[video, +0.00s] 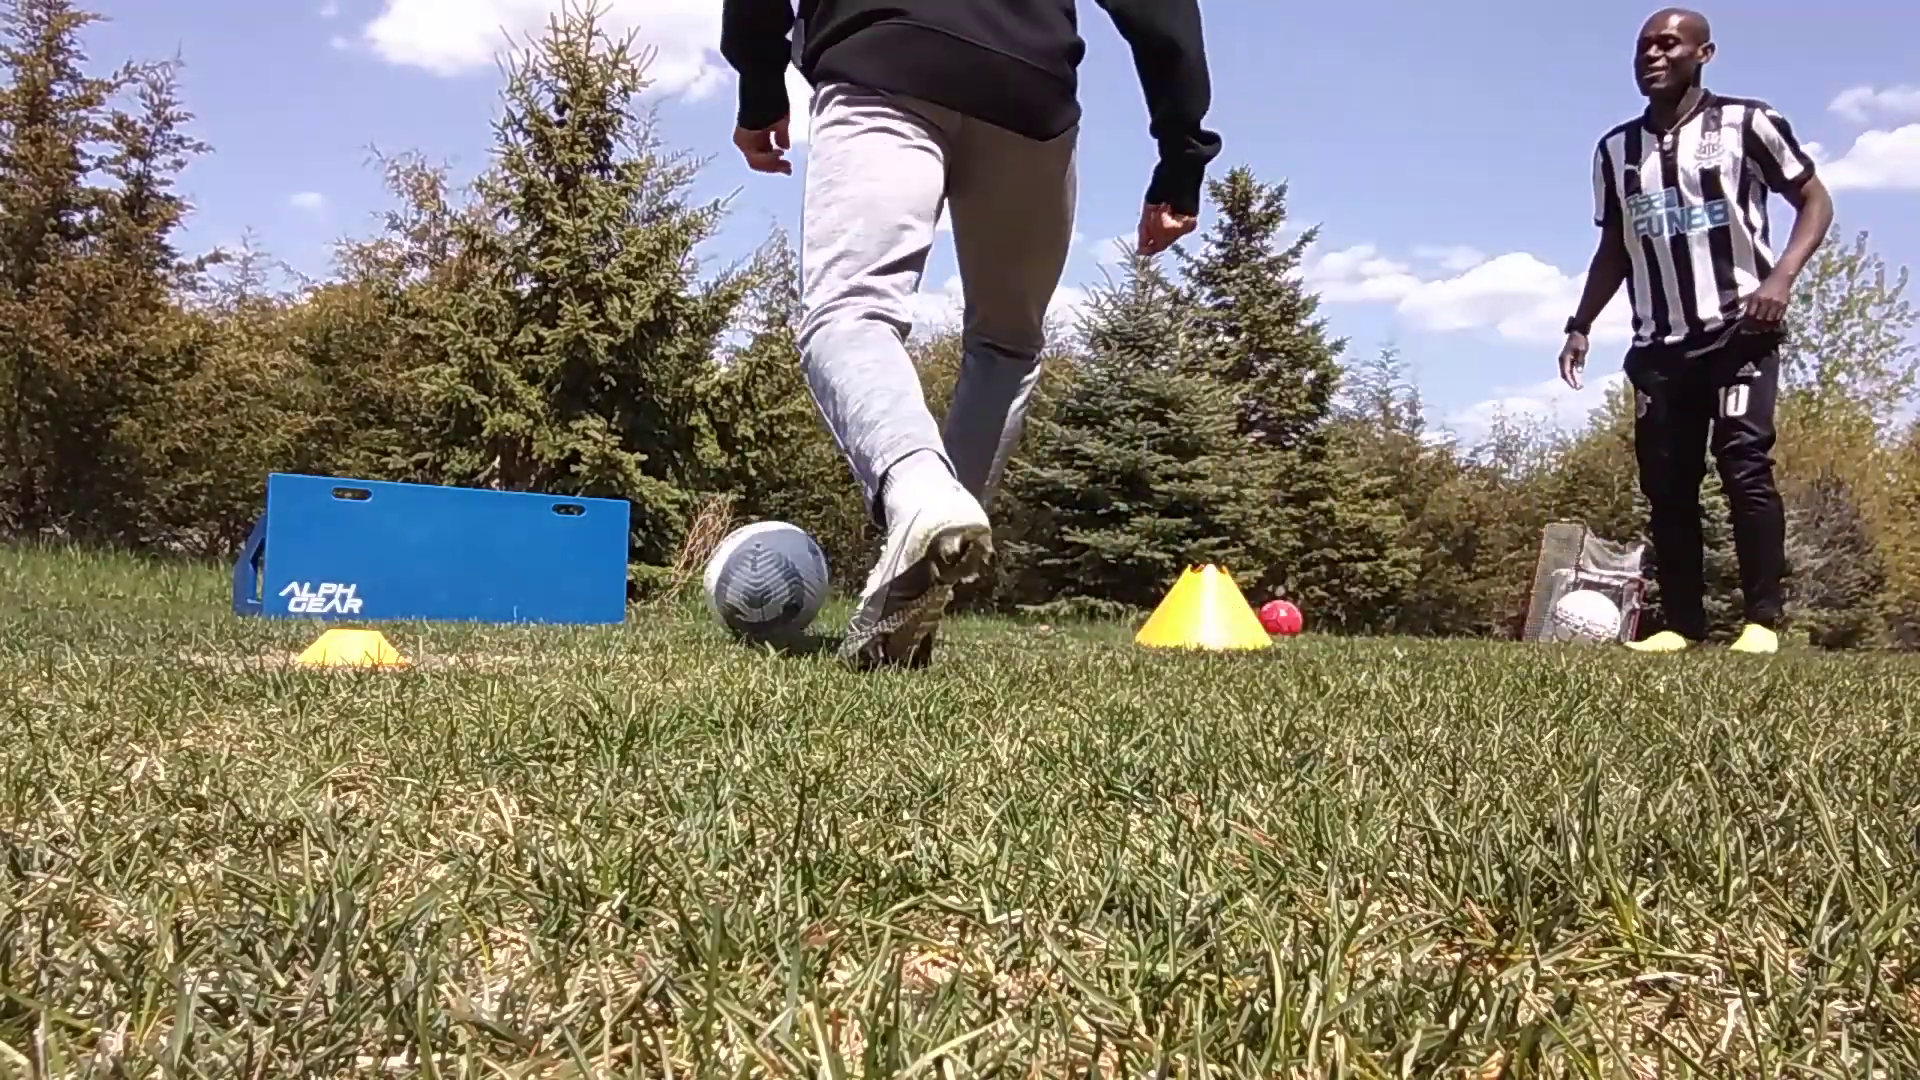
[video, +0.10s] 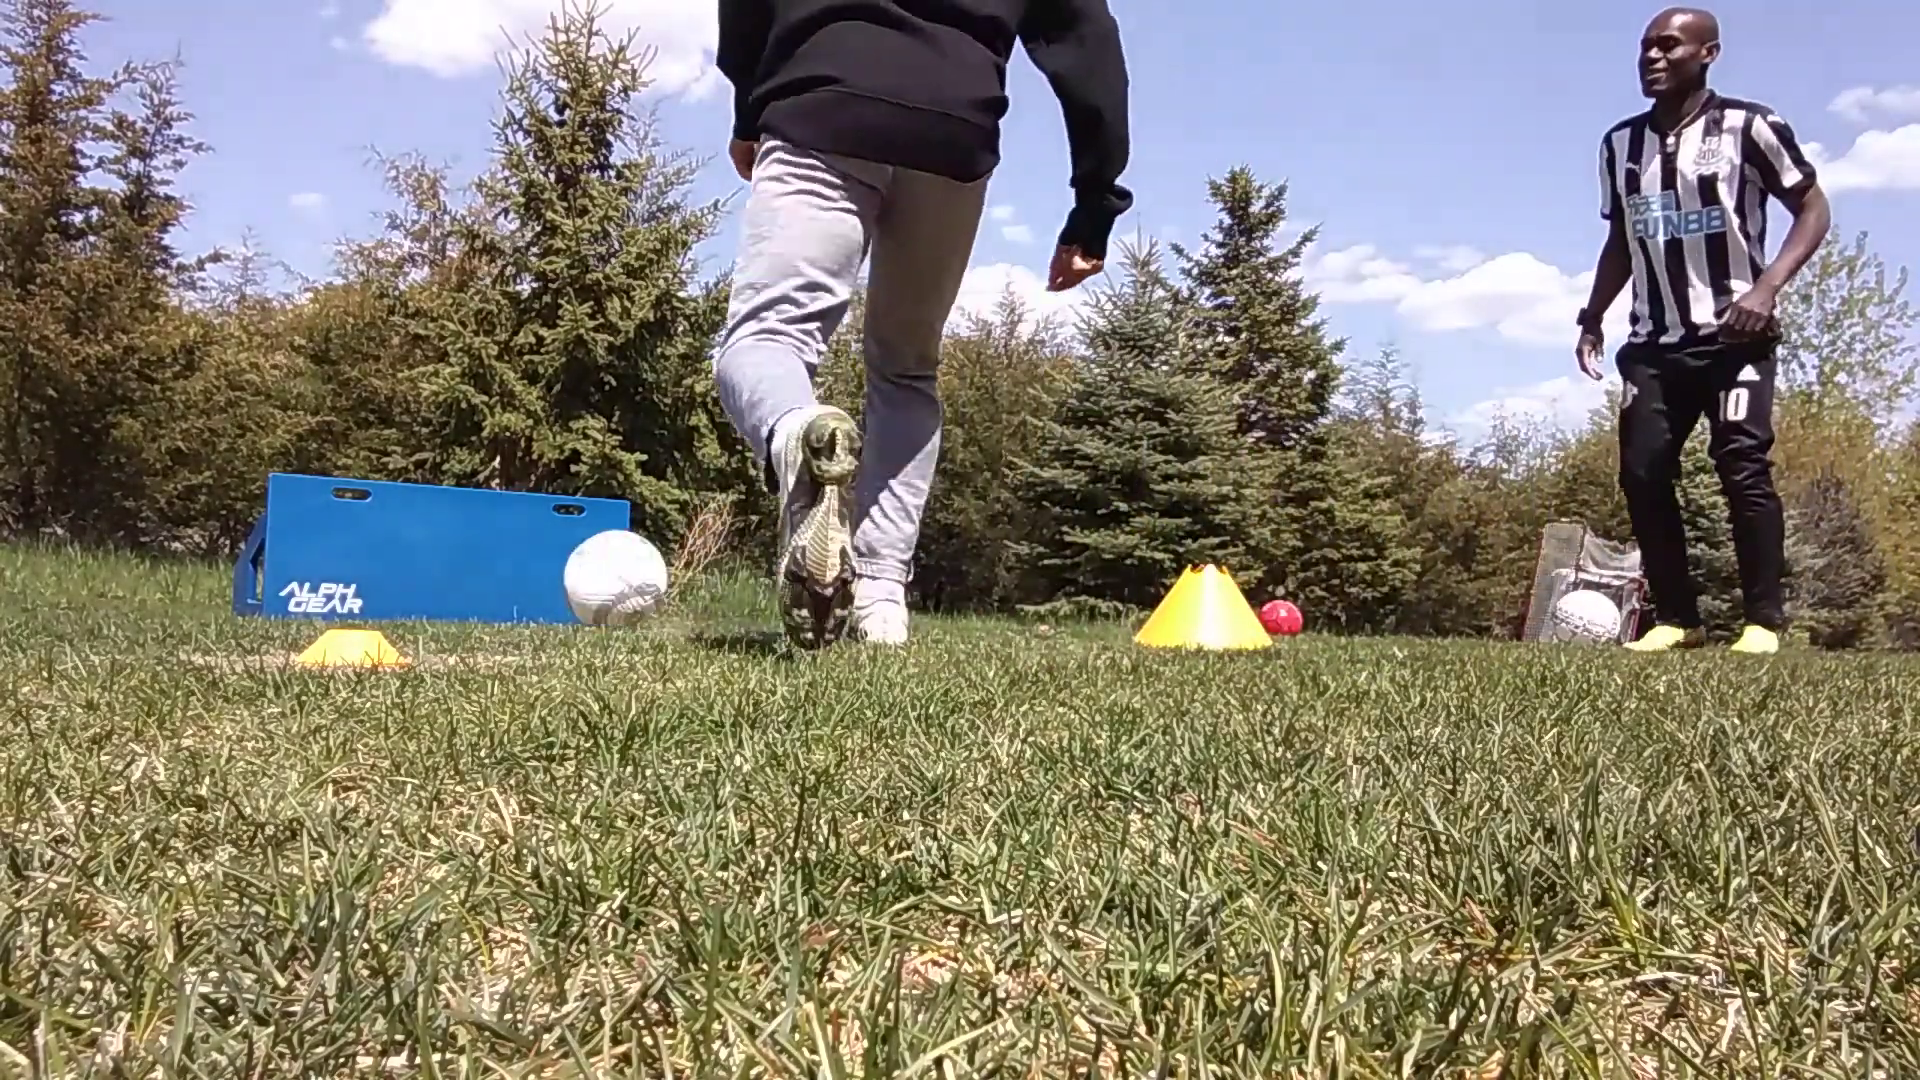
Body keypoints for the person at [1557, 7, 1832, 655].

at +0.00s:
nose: (1653, 54)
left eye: (1669, 44)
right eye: (1646, 46)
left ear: (1704, 53)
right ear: (1636, 61)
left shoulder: (1748, 122)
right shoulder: (1614, 149)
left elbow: (1817, 203)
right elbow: (1614, 247)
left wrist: (1782, 278)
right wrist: (1581, 324)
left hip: (1740, 330)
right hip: (1660, 344)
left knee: (1744, 469)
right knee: (1666, 487)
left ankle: (1762, 621)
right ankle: (1682, 625)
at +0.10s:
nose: (1651, 56)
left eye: (1667, 45)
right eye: (1646, 46)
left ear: (1708, 54)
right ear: (1641, 59)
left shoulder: (1752, 126)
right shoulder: (1620, 144)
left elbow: (1815, 212)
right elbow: (1622, 237)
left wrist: (1768, 287)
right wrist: (1594, 310)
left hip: (1736, 337)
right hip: (1655, 345)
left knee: (1742, 470)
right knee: (1641, 472)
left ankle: (1763, 622)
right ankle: (1675, 619)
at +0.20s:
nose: (1643, 61)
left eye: (1659, 50)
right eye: (1640, 50)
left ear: (1703, 58)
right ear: (1639, 60)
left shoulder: (1747, 133)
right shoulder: (1618, 142)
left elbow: (1808, 221)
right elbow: (1622, 232)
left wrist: (1752, 297)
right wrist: (1593, 306)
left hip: (1724, 337)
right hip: (1643, 344)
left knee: (1738, 470)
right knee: (1610, 461)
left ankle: (1763, 622)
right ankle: (1663, 608)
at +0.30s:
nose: (1633, 73)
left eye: (1649, 61)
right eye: (1631, 61)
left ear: (1693, 68)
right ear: (1629, 69)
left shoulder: (1738, 145)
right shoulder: (1608, 148)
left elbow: (1797, 234)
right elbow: (1608, 237)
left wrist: (1738, 309)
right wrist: (1581, 312)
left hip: (1709, 345)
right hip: (1628, 347)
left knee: (1729, 470)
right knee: (1578, 460)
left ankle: (1764, 623)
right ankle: (1612, 603)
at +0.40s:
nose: (1613, 96)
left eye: (1629, 84)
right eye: (1609, 85)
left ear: (1671, 89)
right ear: (1604, 91)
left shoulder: (1720, 165)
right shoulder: (1589, 168)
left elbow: (1776, 252)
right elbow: (1588, 255)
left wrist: (1721, 330)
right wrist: (1557, 332)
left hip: (1693, 356)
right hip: (1611, 357)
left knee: (1717, 476)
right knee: (1539, 468)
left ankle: (1762, 624)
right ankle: (1534, 606)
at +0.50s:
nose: (1578, 117)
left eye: (1592, 105)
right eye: (1573, 107)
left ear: (1634, 108)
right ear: (1569, 113)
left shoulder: (1686, 185)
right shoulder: (1556, 187)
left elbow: (1744, 263)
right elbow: (1559, 269)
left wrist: (1696, 344)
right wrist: (1527, 343)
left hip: (1663, 369)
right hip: (1580, 371)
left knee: (1699, 482)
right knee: (1501, 474)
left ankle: (1760, 625)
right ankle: (1460, 606)